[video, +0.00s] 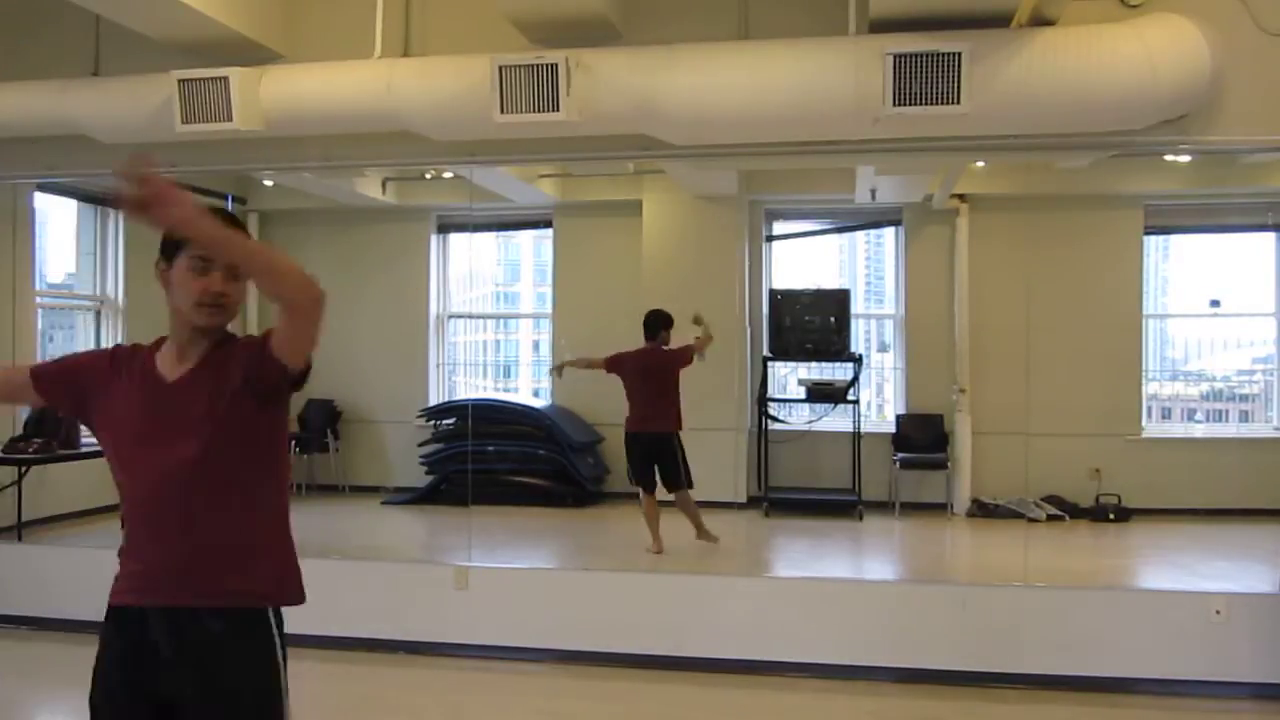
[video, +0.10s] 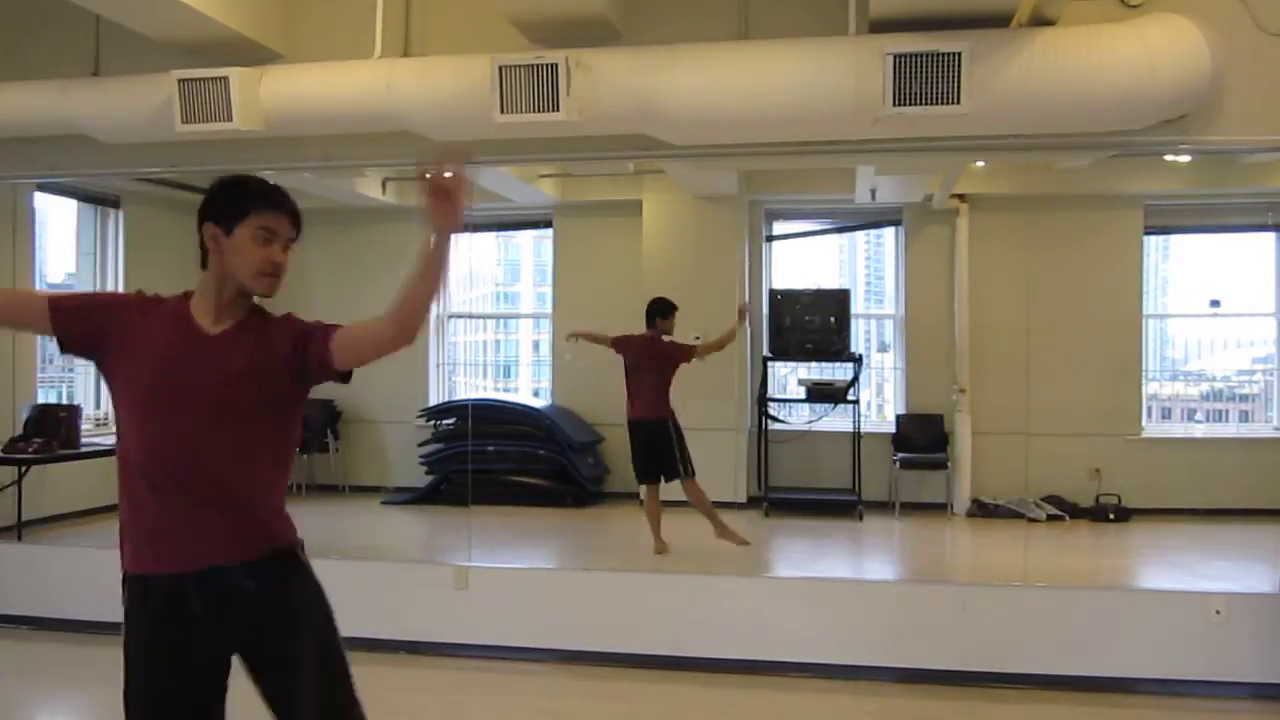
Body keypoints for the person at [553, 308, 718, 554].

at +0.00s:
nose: (671, 335)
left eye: (670, 331)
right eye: (669, 331)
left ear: (645, 332)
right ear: (663, 332)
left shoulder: (627, 359)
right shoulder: (671, 357)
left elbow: (593, 363)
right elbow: (701, 344)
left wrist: (565, 363)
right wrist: (705, 328)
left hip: (636, 434)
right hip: (666, 434)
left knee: (647, 491)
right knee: (679, 489)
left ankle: (656, 542)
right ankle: (701, 529)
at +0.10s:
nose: (674, 322)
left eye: (674, 318)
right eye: (672, 318)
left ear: (650, 319)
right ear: (660, 320)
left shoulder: (629, 343)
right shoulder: (670, 348)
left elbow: (601, 339)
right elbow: (709, 348)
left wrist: (578, 335)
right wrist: (738, 324)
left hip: (637, 422)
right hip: (663, 421)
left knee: (650, 486)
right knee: (687, 478)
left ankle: (657, 541)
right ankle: (719, 527)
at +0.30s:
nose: (671, 332)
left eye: (671, 327)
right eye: (668, 328)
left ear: (653, 329)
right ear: (656, 329)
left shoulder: (640, 344)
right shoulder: (658, 357)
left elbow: (631, 318)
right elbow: (681, 386)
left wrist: (624, 296)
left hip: (654, 417)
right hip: (658, 418)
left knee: (672, 484)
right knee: (672, 466)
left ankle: (659, 549)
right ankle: (697, 505)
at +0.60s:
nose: (649, 316)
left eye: (653, 311)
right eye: (644, 312)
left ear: (658, 314)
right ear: (635, 315)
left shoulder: (668, 337)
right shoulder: (625, 345)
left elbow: (698, 301)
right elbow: (586, 355)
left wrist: (722, 260)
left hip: (668, 418)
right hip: (643, 419)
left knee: (665, 484)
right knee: (634, 483)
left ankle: (662, 542)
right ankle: (620, 547)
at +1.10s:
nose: (640, 346)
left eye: (647, 341)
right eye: (636, 341)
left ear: (656, 346)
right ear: (631, 344)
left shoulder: (660, 384)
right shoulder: (623, 367)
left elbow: (634, 424)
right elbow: (599, 352)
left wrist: (595, 431)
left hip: (650, 448)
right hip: (622, 444)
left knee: (638, 511)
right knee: (614, 508)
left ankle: (663, 556)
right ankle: (615, 559)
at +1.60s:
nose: (666, 284)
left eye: (671, 278)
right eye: (663, 280)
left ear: (683, 282)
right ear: (660, 284)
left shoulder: (703, 314)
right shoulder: (659, 311)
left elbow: (723, 352)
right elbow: (655, 271)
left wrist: (739, 387)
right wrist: (651, 231)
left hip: (693, 389)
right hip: (663, 383)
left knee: (710, 448)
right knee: (617, 430)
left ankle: (694, 495)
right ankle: (567, 475)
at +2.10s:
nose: (710, 331)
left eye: (715, 327)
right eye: (706, 327)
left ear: (724, 331)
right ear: (700, 330)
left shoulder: (732, 365)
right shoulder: (685, 363)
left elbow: (752, 396)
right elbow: (665, 403)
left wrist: (771, 416)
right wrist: (673, 440)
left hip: (725, 440)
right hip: (695, 438)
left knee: (722, 499)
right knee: (672, 495)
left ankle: (709, 548)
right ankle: (642, 541)